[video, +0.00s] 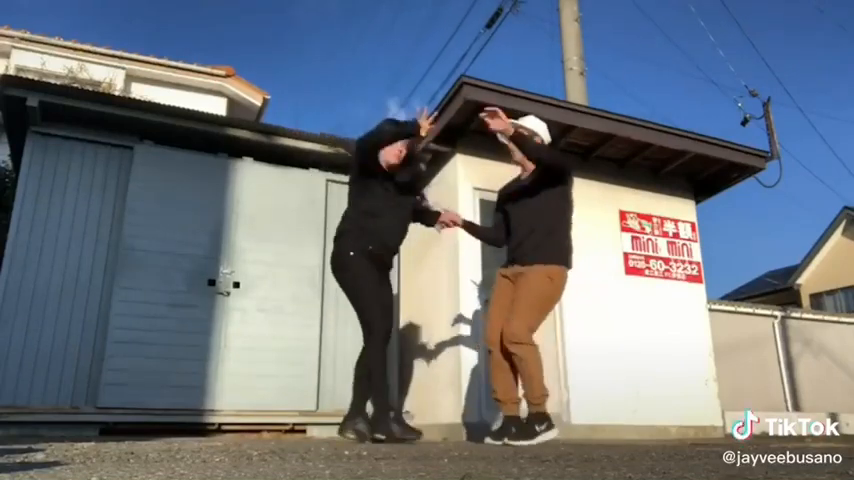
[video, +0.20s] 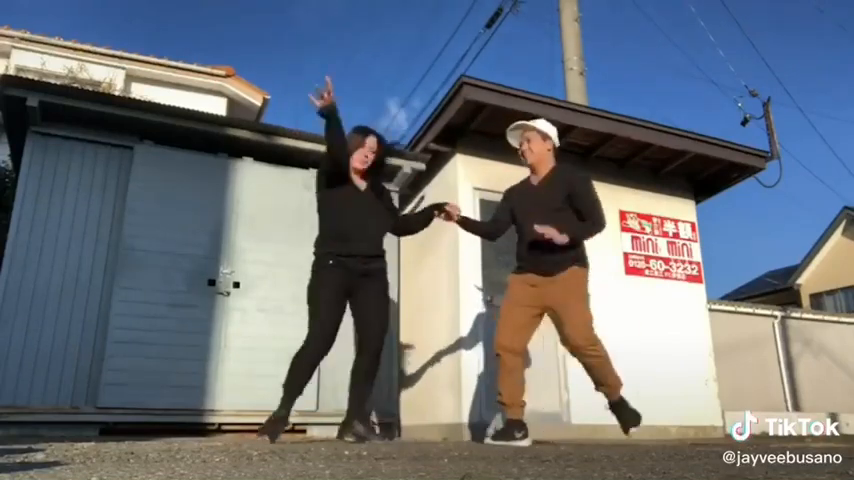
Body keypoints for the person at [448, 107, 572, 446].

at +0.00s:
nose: (512, 149)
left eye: (518, 142)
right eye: (510, 144)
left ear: (536, 144)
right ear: (512, 150)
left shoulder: (559, 174)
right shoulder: (508, 192)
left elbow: (545, 155)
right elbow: (499, 237)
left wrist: (511, 129)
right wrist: (462, 222)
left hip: (546, 269)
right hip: (511, 270)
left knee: (517, 334)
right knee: (495, 338)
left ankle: (540, 416)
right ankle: (511, 417)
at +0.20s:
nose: (523, 147)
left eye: (529, 141)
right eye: (522, 143)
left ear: (549, 144)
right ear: (523, 150)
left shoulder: (573, 179)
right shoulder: (515, 194)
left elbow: (596, 222)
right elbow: (492, 230)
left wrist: (565, 234)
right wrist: (459, 219)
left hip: (567, 278)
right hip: (525, 280)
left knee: (579, 340)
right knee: (508, 345)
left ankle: (616, 399)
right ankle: (514, 424)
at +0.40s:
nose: (557, 143)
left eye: (564, 136)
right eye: (552, 139)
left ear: (580, 140)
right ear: (548, 147)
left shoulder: (608, 180)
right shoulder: (540, 186)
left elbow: (620, 223)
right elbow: (510, 225)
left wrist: (618, 246)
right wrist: (470, 221)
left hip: (606, 278)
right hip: (559, 279)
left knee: (633, 344)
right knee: (538, 346)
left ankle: (657, 421)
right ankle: (518, 421)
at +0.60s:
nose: (578, 146)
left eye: (584, 139)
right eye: (571, 142)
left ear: (597, 143)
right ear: (565, 149)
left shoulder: (613, 184)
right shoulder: (556, 183)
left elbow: (619, 222)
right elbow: (514, 211)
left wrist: (630, 247)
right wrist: (471, 213)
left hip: (621, 280)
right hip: (577, 278)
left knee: (636, 350)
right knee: (551, 344)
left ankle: (658, 424)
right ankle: (518, 416)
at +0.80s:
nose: (578, 149)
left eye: (584, 142)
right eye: (571, 145)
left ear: (597, 146)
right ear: (564, 152)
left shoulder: (618, 189)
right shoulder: (554, 186)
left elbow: (630, 233)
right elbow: (521, 217)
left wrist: (629, 254)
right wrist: (481, 209)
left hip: (613, 282)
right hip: (568, 280)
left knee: (633, 350)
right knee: (544, 344)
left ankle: (657, 423)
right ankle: (516, 417)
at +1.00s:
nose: (555, 156)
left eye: (562, 150)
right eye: (549, 151)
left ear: (574, 153)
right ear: (543, 157)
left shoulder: (596, 191)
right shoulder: (528, 193)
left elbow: (616, 236)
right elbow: (507, 232)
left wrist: (596, 258)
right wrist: (485, 216)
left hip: (582, 287)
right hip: (536, 288)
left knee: (617, 347)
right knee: (521, 346)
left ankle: (654, 419)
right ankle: (536, 417)